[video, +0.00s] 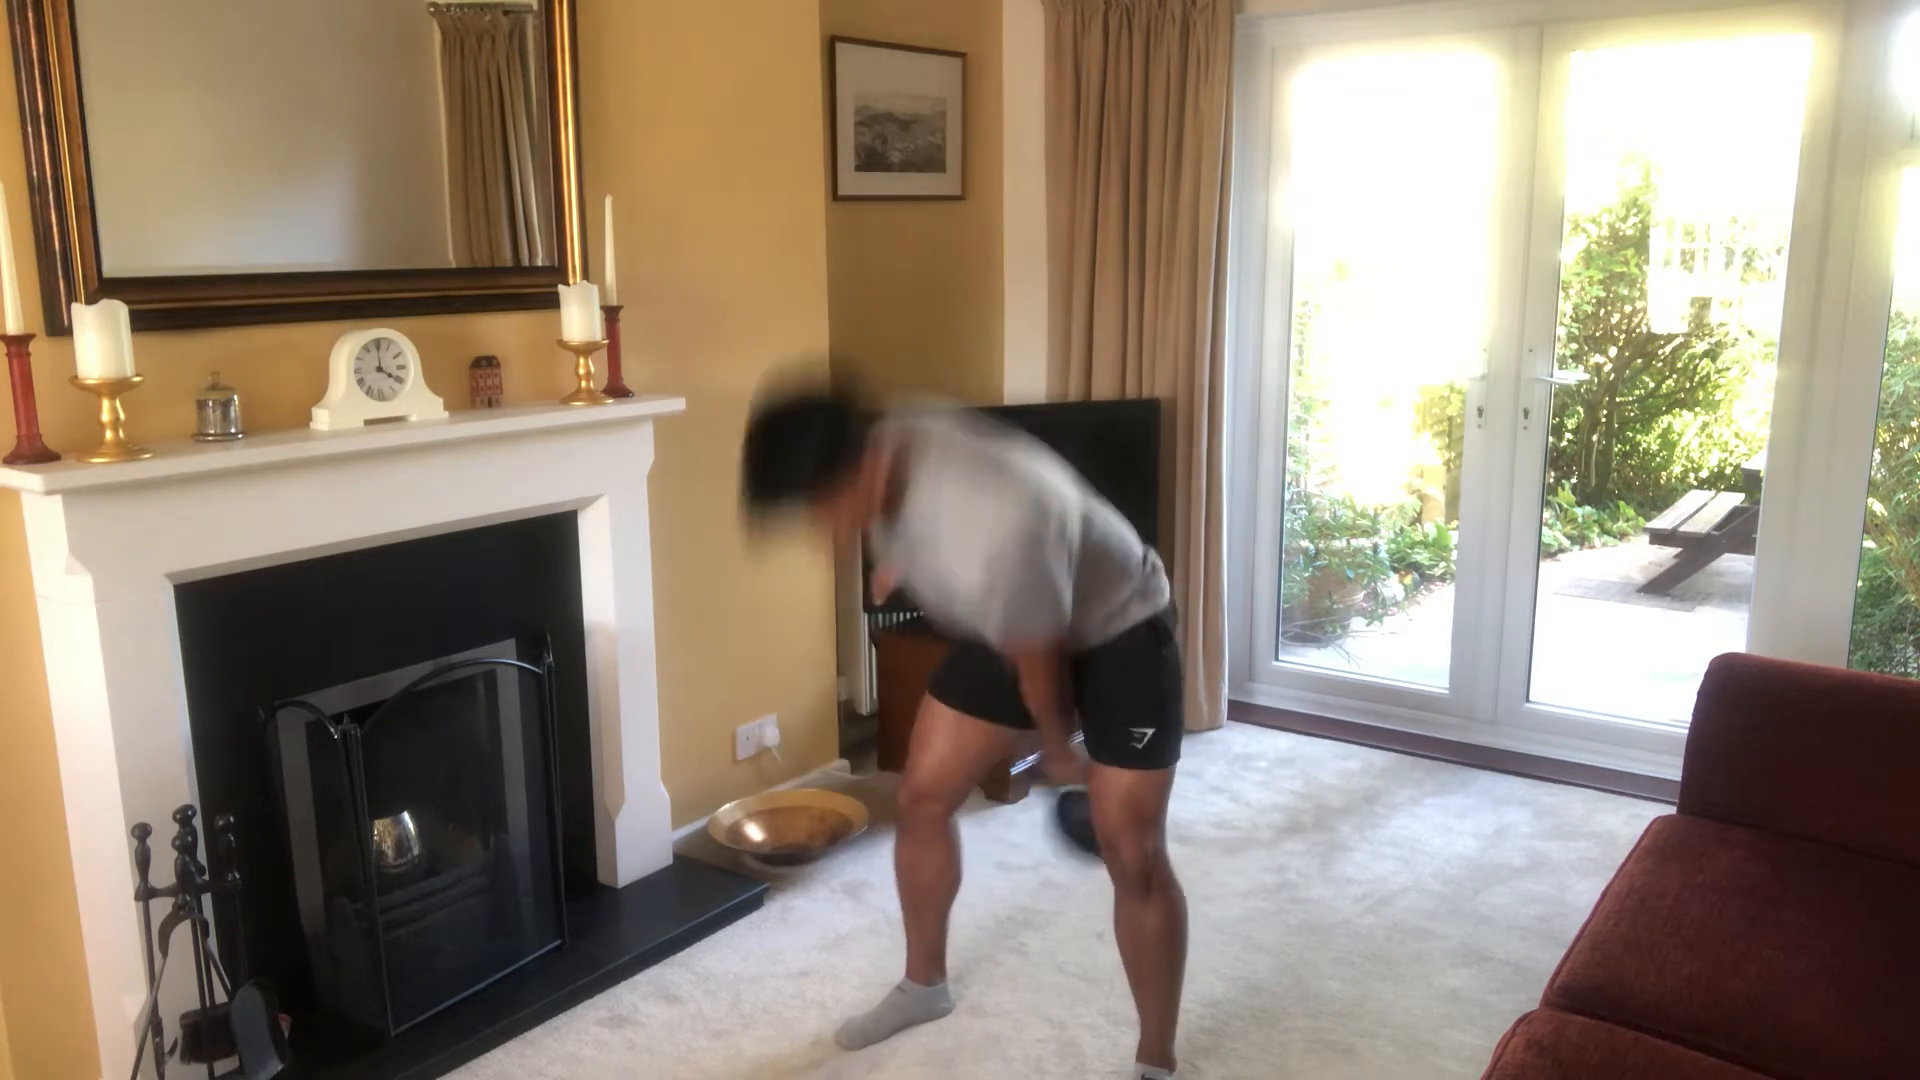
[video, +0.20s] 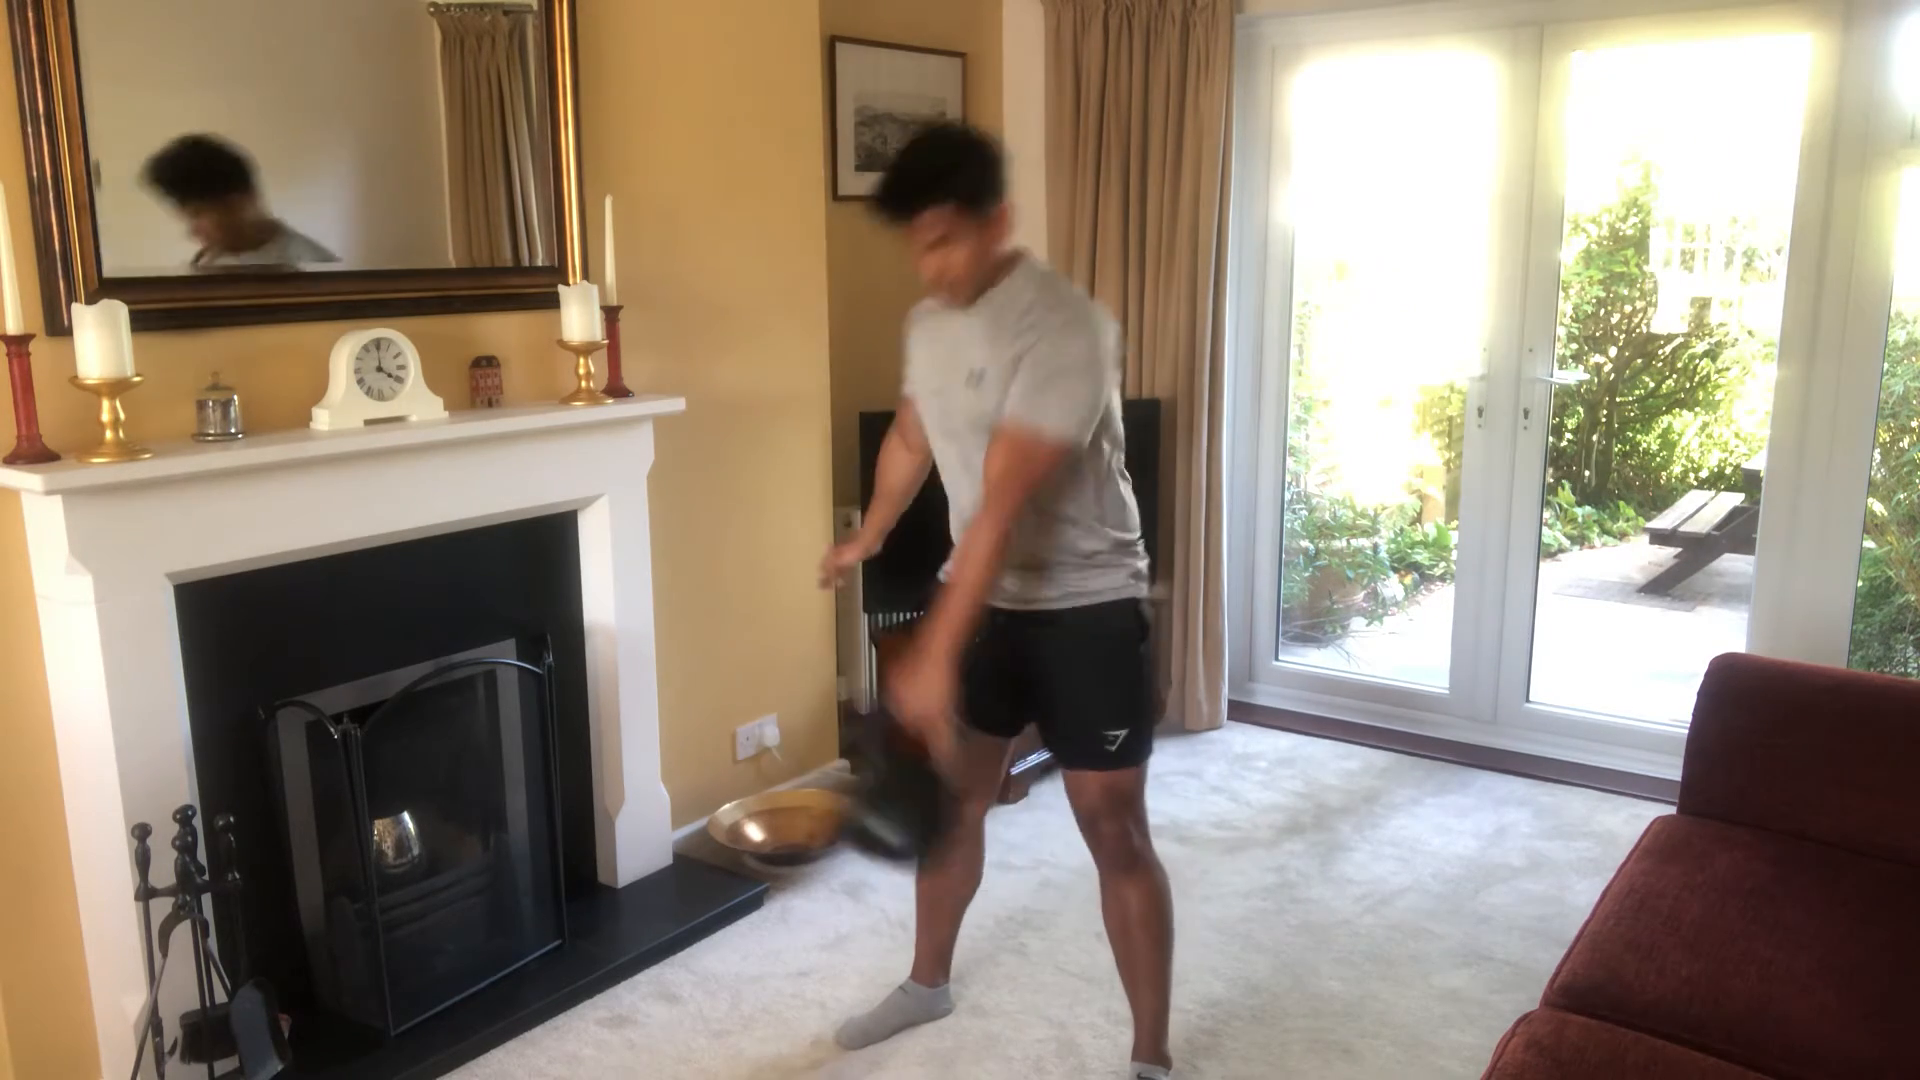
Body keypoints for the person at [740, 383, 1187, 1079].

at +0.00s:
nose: (822, 519)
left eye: (820, 502)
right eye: (811, 507)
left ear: (855, 470)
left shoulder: (995, 514)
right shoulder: (884, 448)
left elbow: (1038, 656)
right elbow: (917, 510)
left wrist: (1058, 749)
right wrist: (892, 566)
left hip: (1117, 630)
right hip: (1005, 622)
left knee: (1133, 854)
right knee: (923, 795)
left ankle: (1157, 1060)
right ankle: (924, 984)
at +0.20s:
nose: (926, 265)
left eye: (942, 242)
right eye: (916, 246)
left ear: (998, 223)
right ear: (913, 238)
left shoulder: (1065, 325)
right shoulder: (931, 322)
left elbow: (1004, 503)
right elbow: (912, 435)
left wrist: (935, 652)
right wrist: (872, 532)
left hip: (1090, 608)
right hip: (984, 601)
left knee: (1114, 830)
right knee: (950, 793)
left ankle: (1151, 1055)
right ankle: (928, 982)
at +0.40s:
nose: (980, 228)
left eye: (999, 206)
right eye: (968, 210)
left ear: (1053, 201)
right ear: (961, 211)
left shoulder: (1098, 313)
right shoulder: (962, 318)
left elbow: (1002, 380)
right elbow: (934, 444)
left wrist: (869, 426)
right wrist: (880, 544)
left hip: (1071, 615)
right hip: (961, 603)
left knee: (1103, 833)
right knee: (954, 802)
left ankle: (1149, 1054)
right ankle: (928, 983)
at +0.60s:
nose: (982, 218)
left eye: (1003, 195)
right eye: (971, 199)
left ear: (1060, 196)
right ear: (962, 203)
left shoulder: (1101, 305)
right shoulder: (960, 317)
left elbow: (999, 319)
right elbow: (953, 453)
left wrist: (856, 306)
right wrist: (912, 560)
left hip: (1068, 619)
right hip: (956, 611)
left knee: (1102, 835)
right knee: (956, 806)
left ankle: (1149, 1056)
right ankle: (928, 983)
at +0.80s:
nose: (985, 225)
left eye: (1004, 202)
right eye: (973, 206)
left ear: (1059, 198)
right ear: (964, 206)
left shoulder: (1106, 312)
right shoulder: (968, 319)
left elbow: (1001, 368)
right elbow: (946, 449)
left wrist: (836, 381)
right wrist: (905, 557)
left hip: (1077, 620)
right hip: (964, 610)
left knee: (1108, 839)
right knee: (953, 808)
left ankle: (1149, 1054)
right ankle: (927, 983)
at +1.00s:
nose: (949, 265)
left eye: (967, 243)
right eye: (935, 247)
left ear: (1019, 229)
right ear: (921, 241)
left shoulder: (1079, 327)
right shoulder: (946, 327)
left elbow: (996, 477)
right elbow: (926, 445)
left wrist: (897, 600)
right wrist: (864, 544)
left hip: (1093, 616)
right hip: (976, 608)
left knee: (1116, 839)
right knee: (938, 800)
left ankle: (1151, 1056)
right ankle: (926, 983)